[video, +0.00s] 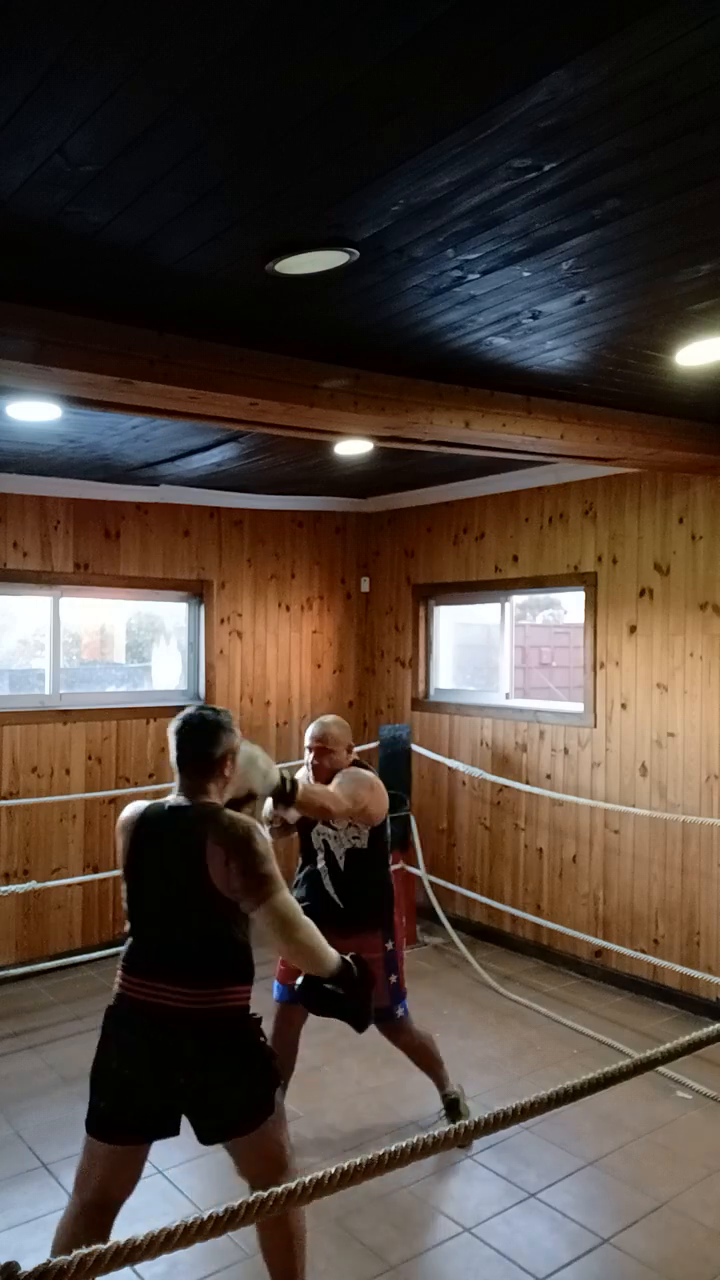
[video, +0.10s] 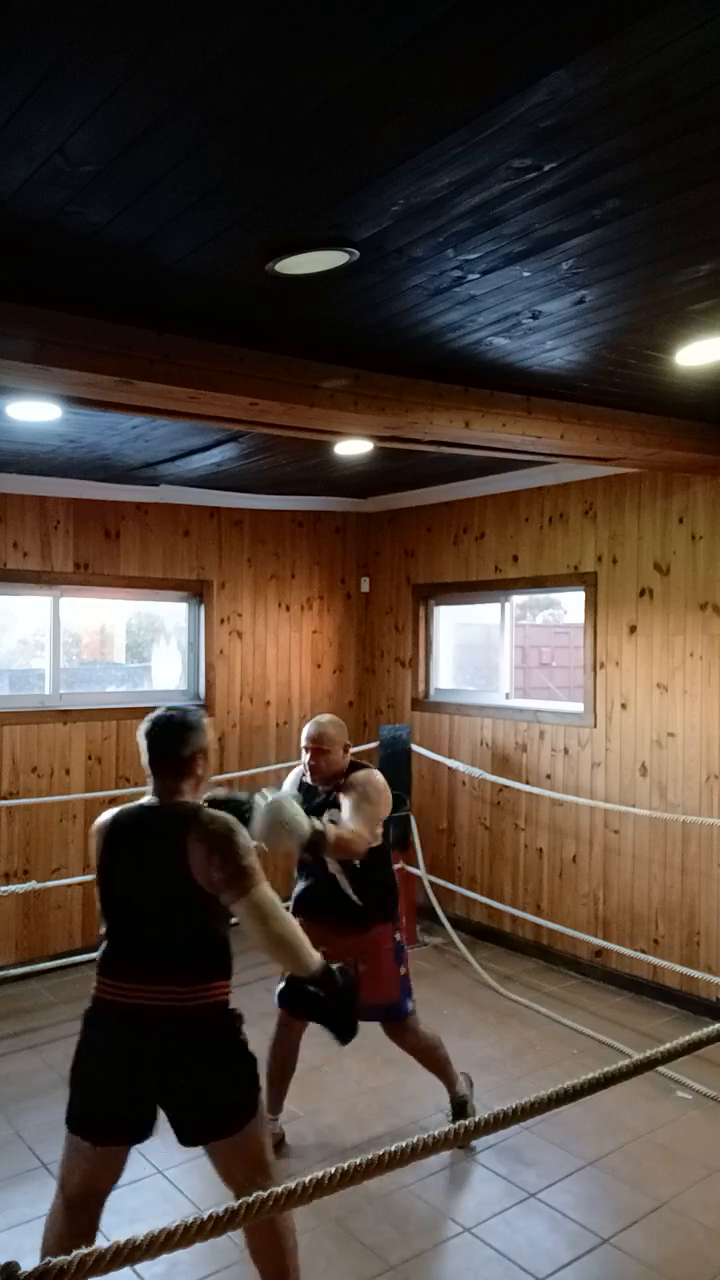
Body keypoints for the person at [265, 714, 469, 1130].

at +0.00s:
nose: (315, 758)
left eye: (325, 751)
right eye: (311, 749)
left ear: (348, 752)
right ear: (305, 748)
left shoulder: (365, 782)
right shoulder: (299, 782)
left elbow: (333, 803)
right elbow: (284, 868)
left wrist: (279, 785)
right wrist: (281, 821)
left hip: (367, 928)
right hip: (311, 927)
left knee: (395, 1027)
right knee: (285, 1021)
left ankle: (449, 1093)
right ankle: (271, 1113)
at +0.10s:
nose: (309, 759)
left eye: (319, 752)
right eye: (306, 750)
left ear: (345, 752)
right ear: (300, 748)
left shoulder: (368, 784)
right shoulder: (297, 780)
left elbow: (354, 841)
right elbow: (278, 838)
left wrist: (300, 826)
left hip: (371, 929)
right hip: (313, 924)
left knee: (404, 1031)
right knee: (289, 1024)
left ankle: (458, 1089)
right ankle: (270, 1123)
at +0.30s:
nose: (332, 772)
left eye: (341, 764)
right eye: (328, 763)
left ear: (368, 761)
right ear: (324, 761)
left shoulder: (402, 797)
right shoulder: (313, 791)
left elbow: (421, 877)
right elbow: (293, 851)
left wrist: (376, 874)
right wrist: (284, 847)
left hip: (392, 939)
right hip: (331, 936)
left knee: (434, 1038)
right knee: (296, 1030)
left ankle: (486, 1130)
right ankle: (270, 1128)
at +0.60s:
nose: (368, 769)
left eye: (376, 760)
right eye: (364, 759)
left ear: (404, 752)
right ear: (363, 756)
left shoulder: (445, 794)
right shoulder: (356, 783)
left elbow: (450, 874)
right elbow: (339, 848)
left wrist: (395, 845)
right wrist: (331, 846)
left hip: (429, 937)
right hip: (367, 929)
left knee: (457, 1039)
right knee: (336, 1022)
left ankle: (489, 1134)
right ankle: (335, 1125)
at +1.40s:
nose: (299, 774)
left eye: (303, 763)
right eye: (298, 764)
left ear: (327, 758)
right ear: (335, 753)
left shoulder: (372, 805)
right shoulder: (349, 798)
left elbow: (360, 891)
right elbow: (351, 859)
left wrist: (308, 871)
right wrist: (319, 848)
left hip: (396, 964)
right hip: (351, 955)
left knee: (403, 1087)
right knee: (318, 1038)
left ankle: (453, 1212)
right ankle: (332, 1147)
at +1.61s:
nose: (289, 771)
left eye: (293, 761)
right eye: (288, 762)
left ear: (314, 759)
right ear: (334, 753)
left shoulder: (332, 806)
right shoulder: (363, 791)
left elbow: (275, 880)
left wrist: (255, 842)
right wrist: (288, 829)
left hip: (357, 974)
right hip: (339, 962)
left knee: (353, 1109)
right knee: (299, 1038)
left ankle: (423, 1237)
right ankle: (315, 1158)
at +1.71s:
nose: (278, 775)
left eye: (282, 764)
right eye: (279, 765)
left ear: (300, 764)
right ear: (327, 758)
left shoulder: (313, 812)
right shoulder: (355, 800)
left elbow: (244, 861)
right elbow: (284, 845)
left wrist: (231, 813)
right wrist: (262, 810)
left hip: (346, 984)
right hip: (326, 970)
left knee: (368, 1120)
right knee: (276, 1033)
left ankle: (434, 1251)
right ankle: (295, 1148)